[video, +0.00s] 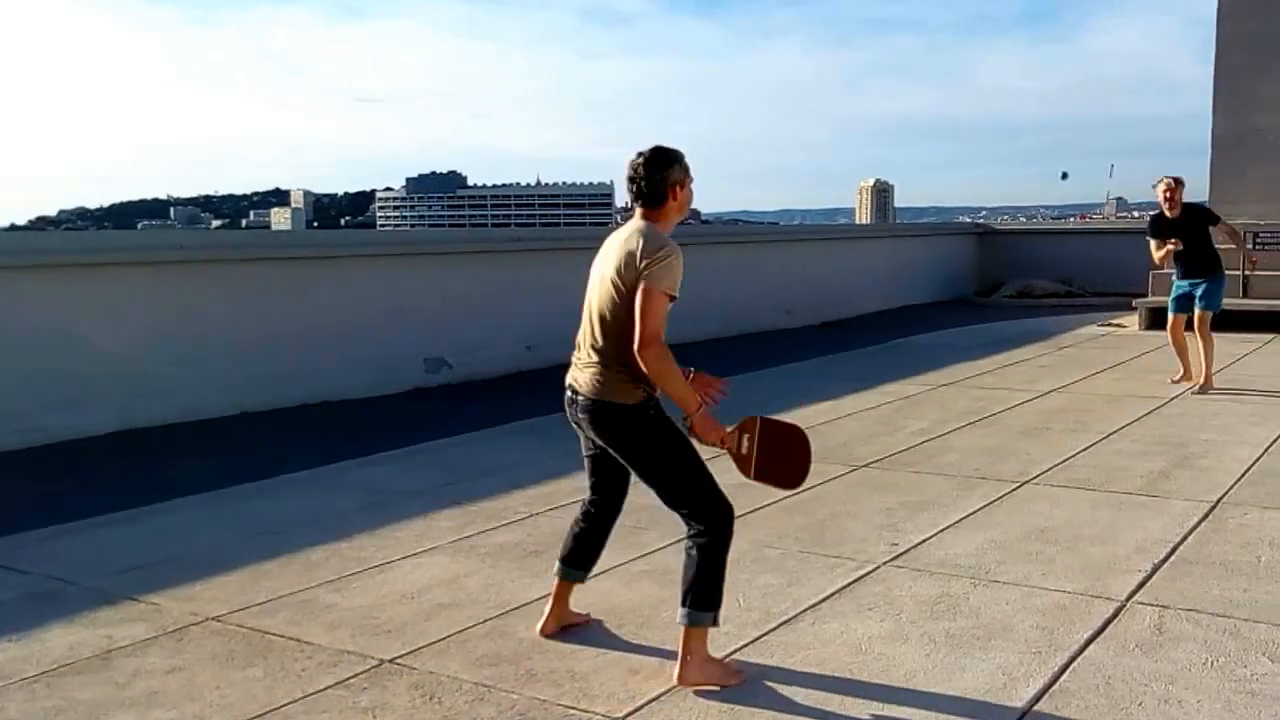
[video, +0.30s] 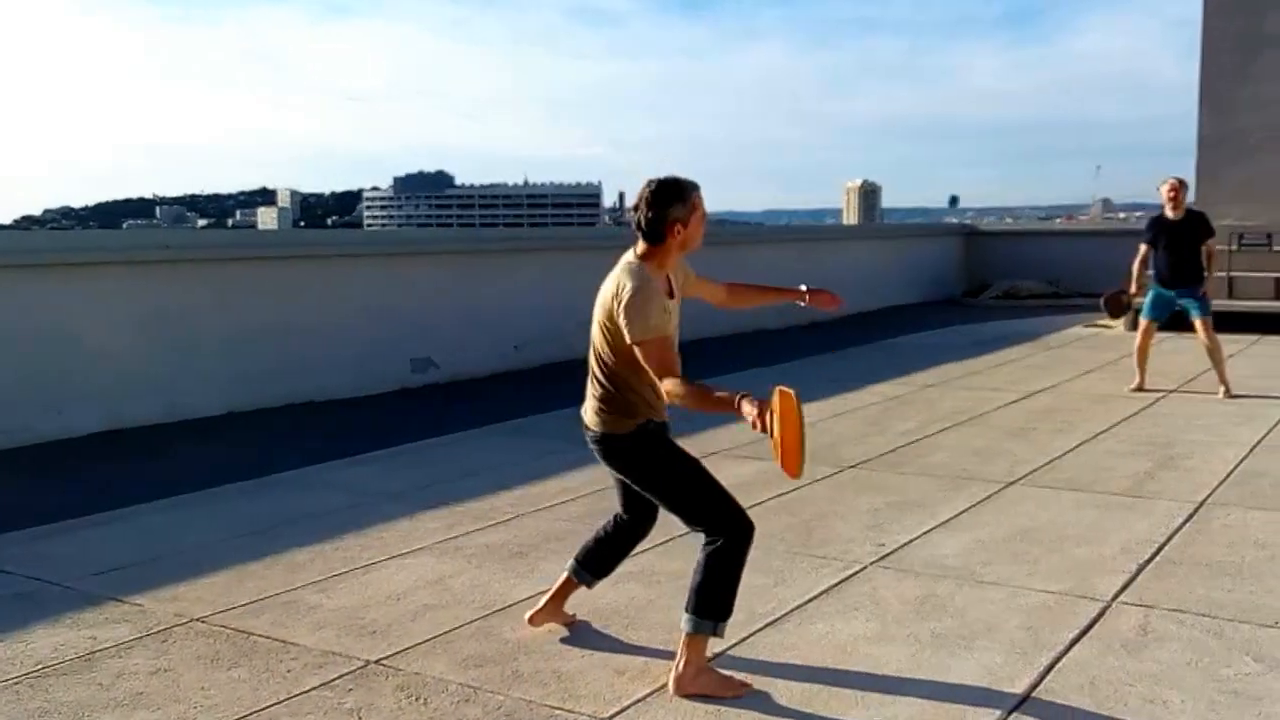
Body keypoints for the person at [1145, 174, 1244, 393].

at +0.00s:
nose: (1170, 197)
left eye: (1173, 192)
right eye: (1165, 193)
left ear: (1181, 194)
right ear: (1158, 197)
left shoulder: (1198, 212)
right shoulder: (1156, 222)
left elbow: (1229, 230)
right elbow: (1158, 260)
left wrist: (1246, 252)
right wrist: (1167, 249)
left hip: (1209, 276)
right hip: (1182, 278)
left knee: (1201, 326)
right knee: (1173, 327)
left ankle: (1206, 378)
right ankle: (1186, 371)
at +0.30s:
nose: (1173, 194)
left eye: (1177, 191)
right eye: (1169, 190)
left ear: (1185, 195)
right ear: (1161, 194)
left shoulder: (1198, 219)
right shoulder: (1155, 223)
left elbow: (1210, 249)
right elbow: (1142, 256)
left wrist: (1208, 277)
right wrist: (1135, 284)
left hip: (1193, 288)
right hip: (1161, 288)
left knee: (1206, 335)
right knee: (1143, 331)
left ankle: (1223, 383)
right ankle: (1139, 378)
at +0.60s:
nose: (1175, 186)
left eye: (1179, 181)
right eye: (1171, 182)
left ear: (1187, 184)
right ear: (1165, 185)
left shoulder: (1202, 208)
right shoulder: (1165, 213)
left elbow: (1218, 236)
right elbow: (1158, 244)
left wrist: (1216, 268)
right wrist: (1133, 263)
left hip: (1200, 279)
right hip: (1172, 279)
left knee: (1217, 328)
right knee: (1158, 328)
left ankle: (1245, 376)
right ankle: (1163, 376)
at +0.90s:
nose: (1142, 221)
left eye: (1146, 217)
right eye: (1140, 217)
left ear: (1157, 219)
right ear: (1140, 221)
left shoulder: (1170, 237)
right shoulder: (1146, 245)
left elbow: (1190, 252)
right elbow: (1126, 267)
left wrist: (1176, 263)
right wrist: (1098, 262)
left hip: (1194, 300)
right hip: (1168, 301)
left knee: (1206, 346)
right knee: (1127, 328)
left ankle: (1247, 388)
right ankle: (1111, 371)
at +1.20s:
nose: (1089, 220)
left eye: (1093, 215)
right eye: (1087, 216)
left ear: (1105, 216)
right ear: (1087, 220)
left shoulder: (1123, 232)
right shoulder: (1090, 243)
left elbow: (1157, 246)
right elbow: (1072, 267)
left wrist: (1156, 257)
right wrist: (1054, 271)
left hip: (1149, 289)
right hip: (1123, 294)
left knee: (1169, 328)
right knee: (1093, 331)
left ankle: (1202, 372)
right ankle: (1105, 376)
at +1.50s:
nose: (1094, 195)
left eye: (1098, 190)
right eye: (1090, 190)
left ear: (1105, 193)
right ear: (1084, 194)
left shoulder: (1118, 211)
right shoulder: (1081, 220)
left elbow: (1143, 225)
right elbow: (1086, 250)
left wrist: (1153, 225)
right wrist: (1105, 260)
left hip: (1123, 276)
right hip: (1096, 276)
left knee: (1136, 322)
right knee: (1077, 323)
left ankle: (1151, 372)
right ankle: (1079, 367)